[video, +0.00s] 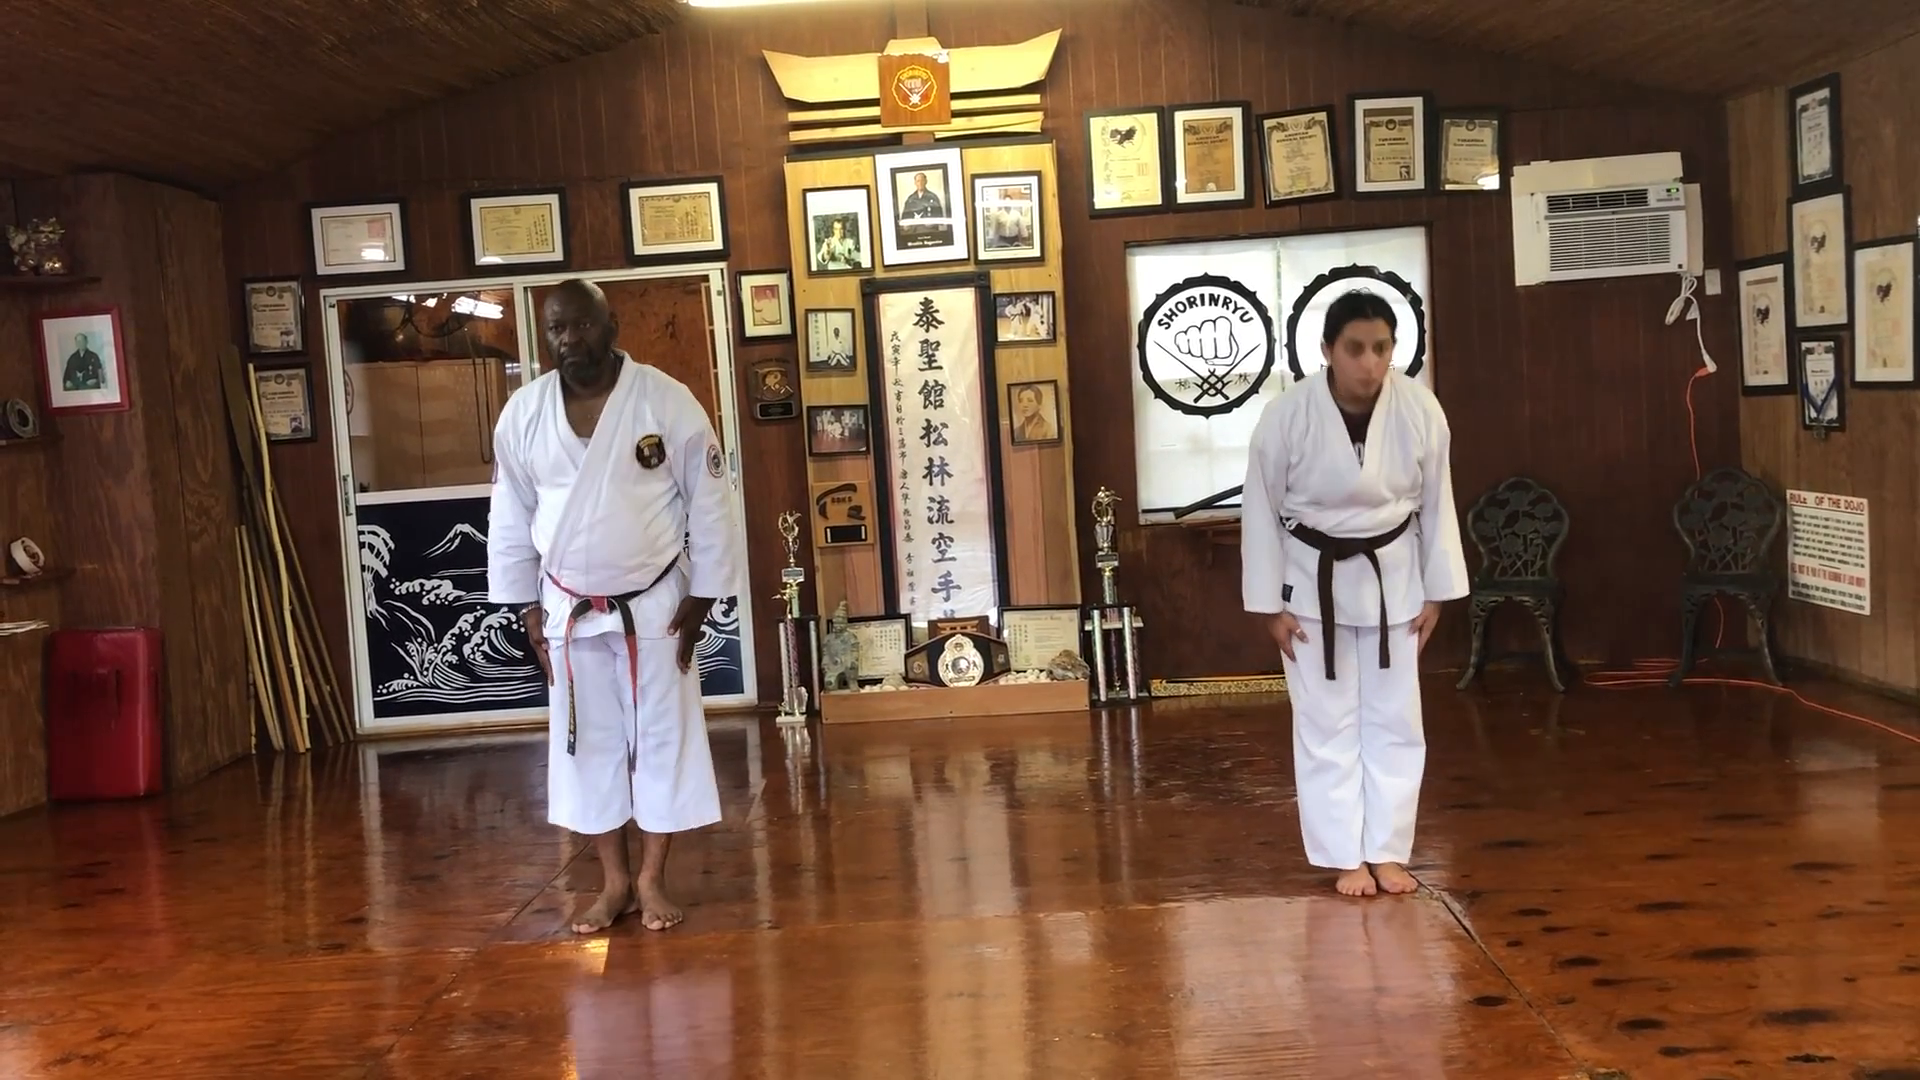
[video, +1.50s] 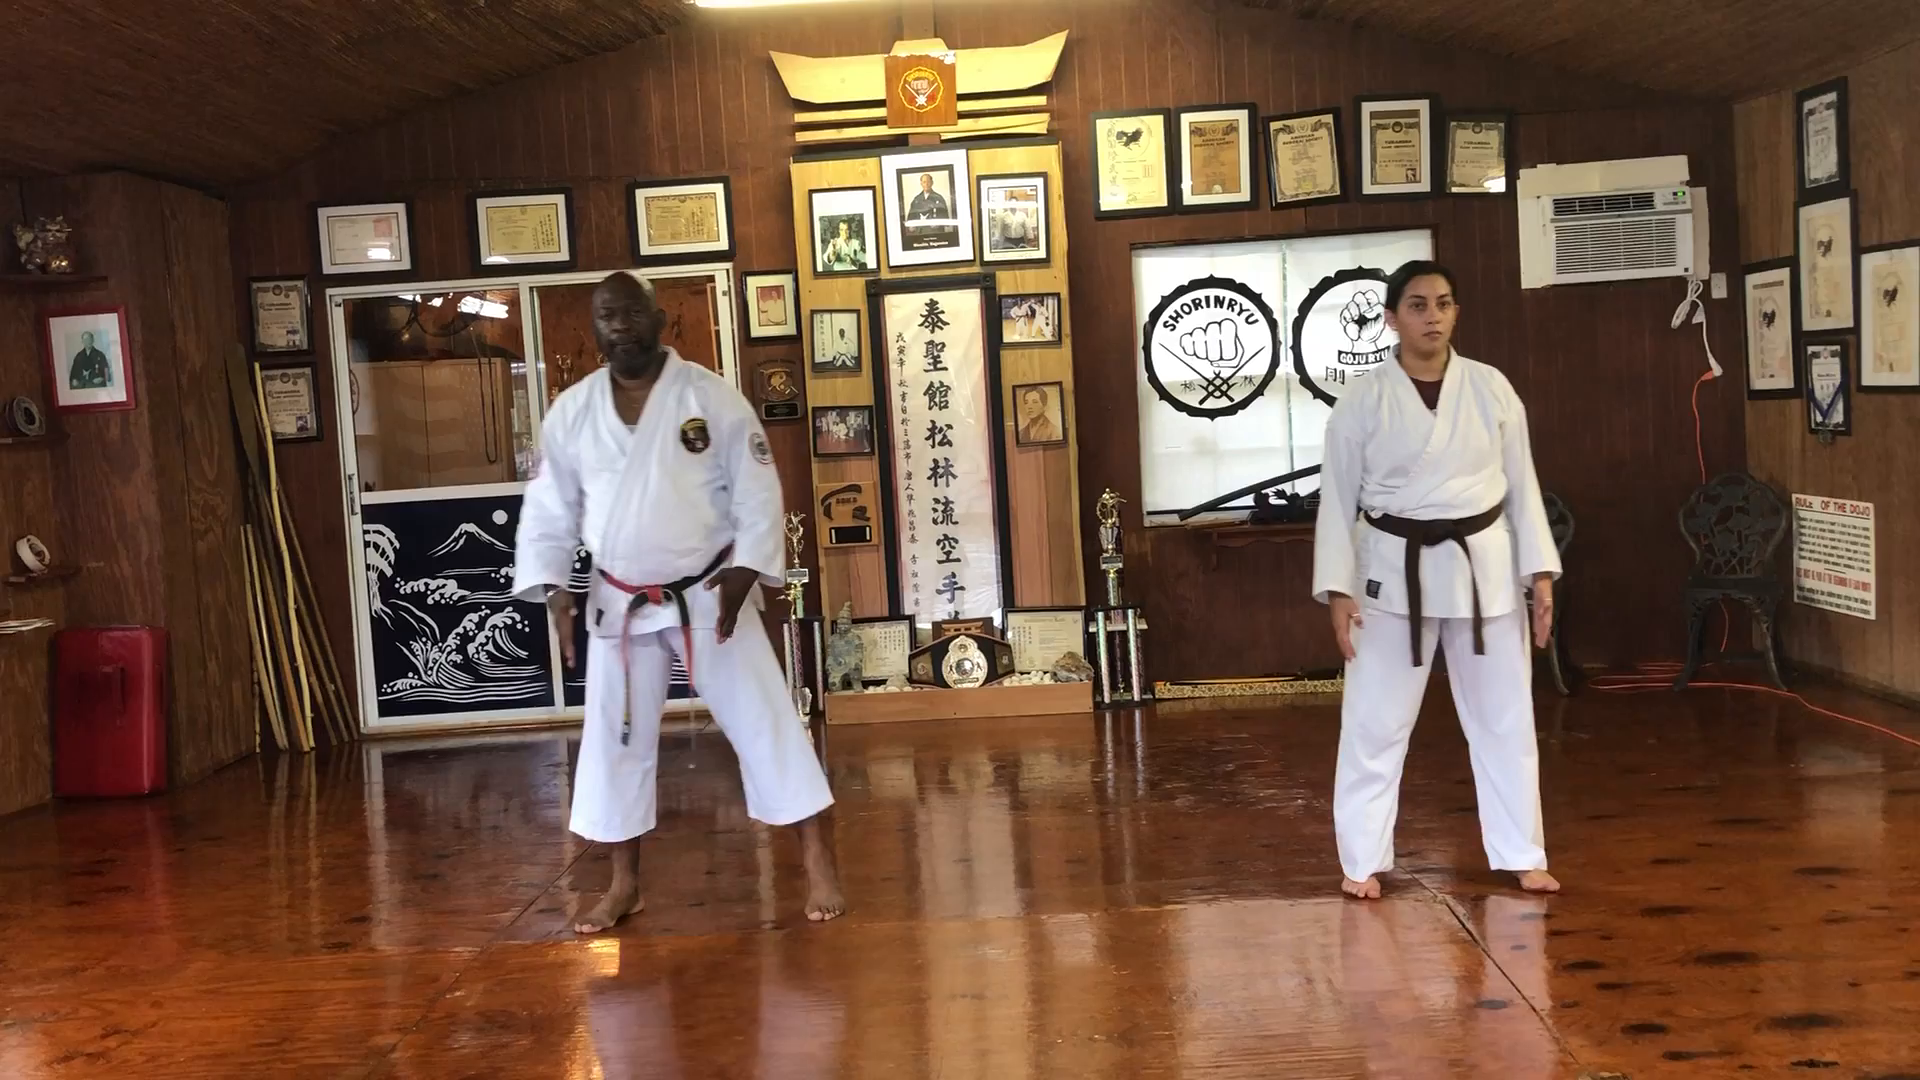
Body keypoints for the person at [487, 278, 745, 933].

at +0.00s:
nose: (566, 340)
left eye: (577, 325)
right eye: (555, 330)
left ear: (610, 325)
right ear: (545, 337)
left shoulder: (667, 401)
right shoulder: (523, 414)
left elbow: (710, 502)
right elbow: (512, 514)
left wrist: (705, 594)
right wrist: (525, 604)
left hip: (655, 595)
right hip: (569, 603)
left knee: (660, 737)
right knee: (588, 738)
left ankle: (650, 880)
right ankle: (613, 882)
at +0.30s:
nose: (581, 322)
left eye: (593, 310)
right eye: (568, 314)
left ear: (621, 318)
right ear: (554, 329)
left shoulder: (672, 399)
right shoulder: (529, 411)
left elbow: (711, 500)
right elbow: (513, 511)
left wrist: (704, 591)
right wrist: (523, 601)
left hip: (654, 591)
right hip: (570, 599)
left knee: (658, 734)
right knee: (589, 736)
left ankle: (651, 879)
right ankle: (615, 879)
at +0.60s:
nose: (583, 322)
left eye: (595, 309)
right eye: (571, 313)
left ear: (624, 317)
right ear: (558, 329)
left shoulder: (675, 399)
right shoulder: (531, 412)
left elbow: (712, 502)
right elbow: (515, 511)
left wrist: (703, 592)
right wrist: (524, 601)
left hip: (654, 591)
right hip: (570, 599)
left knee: (658, 734)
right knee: (590, 735)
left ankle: (653, 880)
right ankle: (617, 880)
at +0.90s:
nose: (581, 322)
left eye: (593, 310)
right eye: (571, 313)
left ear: (624, 318)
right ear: (559, 328)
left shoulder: (676, 399)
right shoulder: (532, 411)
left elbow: (712, 501)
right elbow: (516, 511)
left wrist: (704, 592)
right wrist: (524, 600)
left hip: (655, 591)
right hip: (571, 599)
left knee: (658, 734)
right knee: (590, 735)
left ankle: (654, 880)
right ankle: (617, 880)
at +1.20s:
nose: (585, 323)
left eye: (596, 310)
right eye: (572, 315)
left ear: (623, 317)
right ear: (559, 329)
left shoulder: (677, 395)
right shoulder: (535, 414)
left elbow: (721, 491)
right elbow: (520, 514)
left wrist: (722, 585)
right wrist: (529, 605)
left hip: (668, 587)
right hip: (581, 598)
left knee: (681, 729)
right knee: (596, 735)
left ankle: (693, 873)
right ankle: (618, 879)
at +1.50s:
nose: (619, 329)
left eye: (631, 316)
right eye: (606, 319)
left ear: (661, 320)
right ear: (593, 328)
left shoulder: (713, 399)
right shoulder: (570, 412)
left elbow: (759, 493)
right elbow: (549, 506)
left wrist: (744, 568)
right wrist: (556, 591)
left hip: (708, 587)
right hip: (618, 599)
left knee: (770, 722)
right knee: (616, 737)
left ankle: (819, 869)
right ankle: (622, 883)